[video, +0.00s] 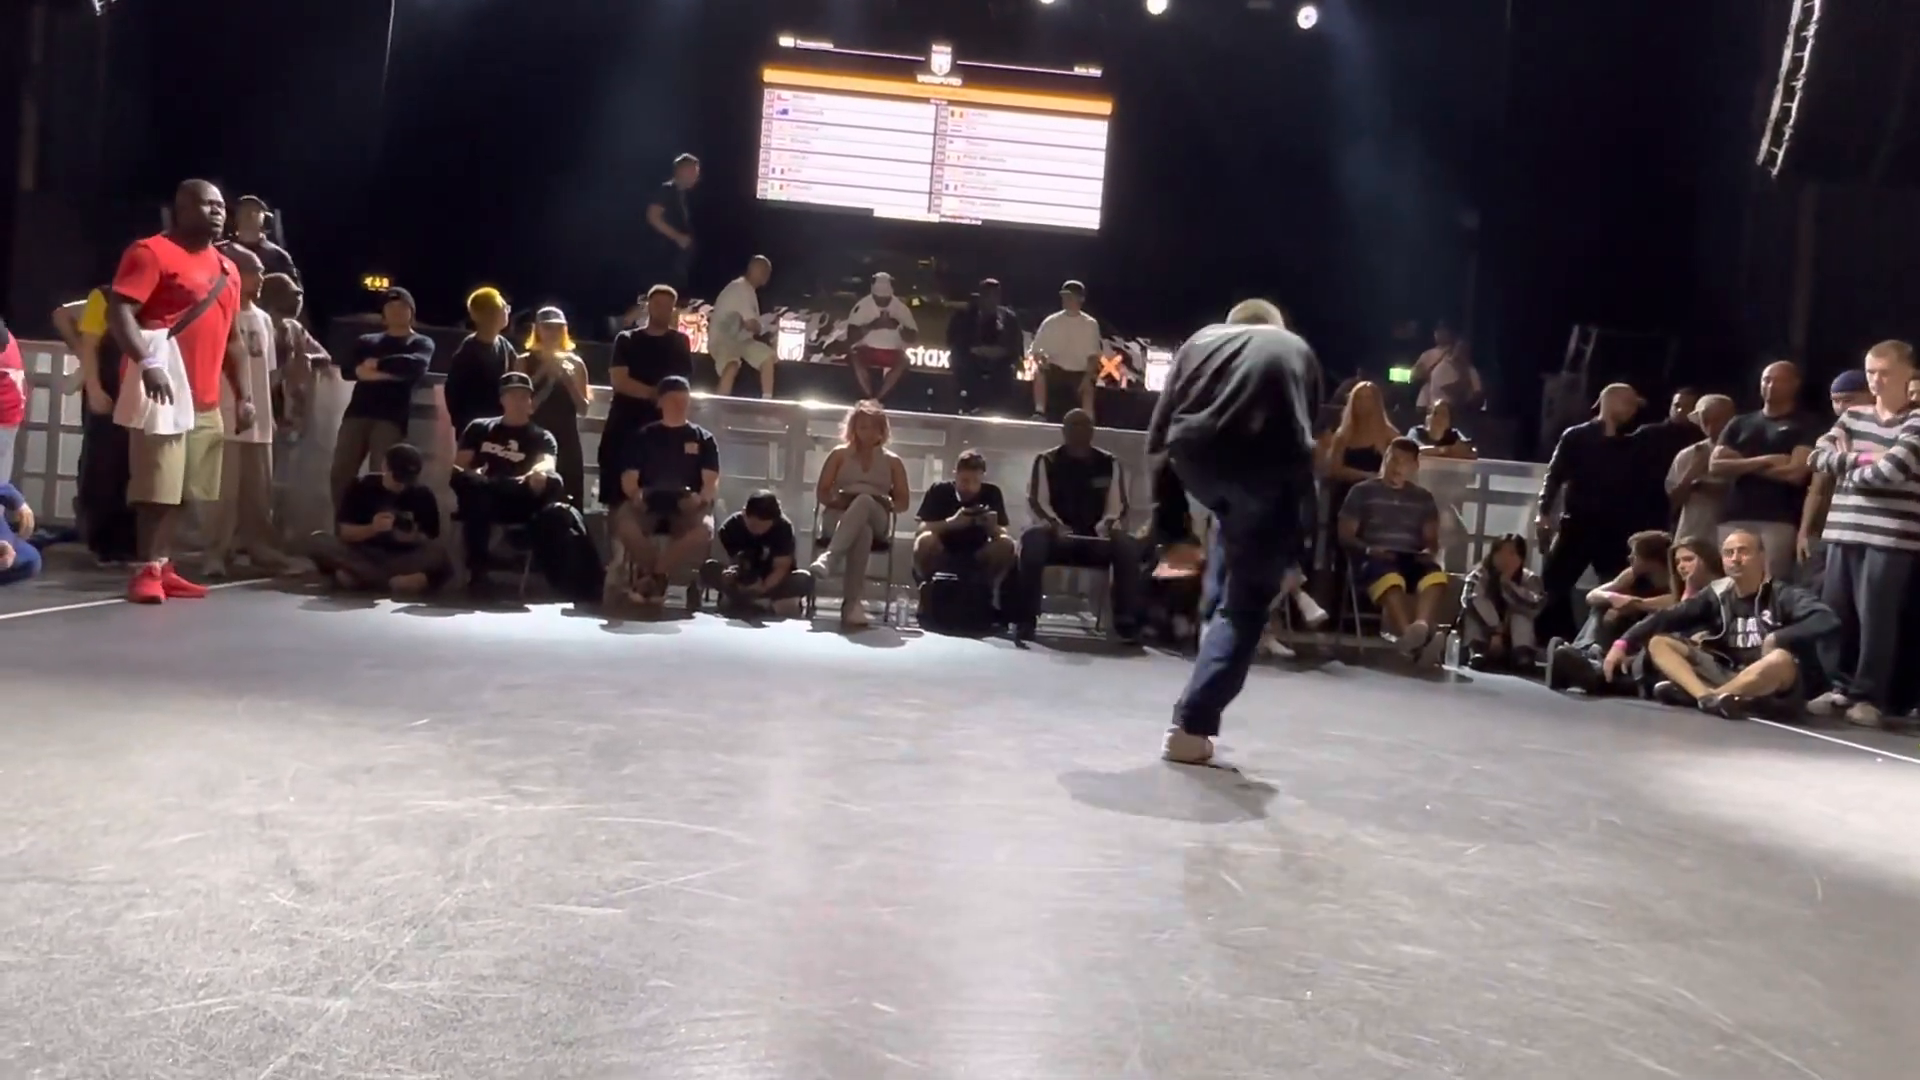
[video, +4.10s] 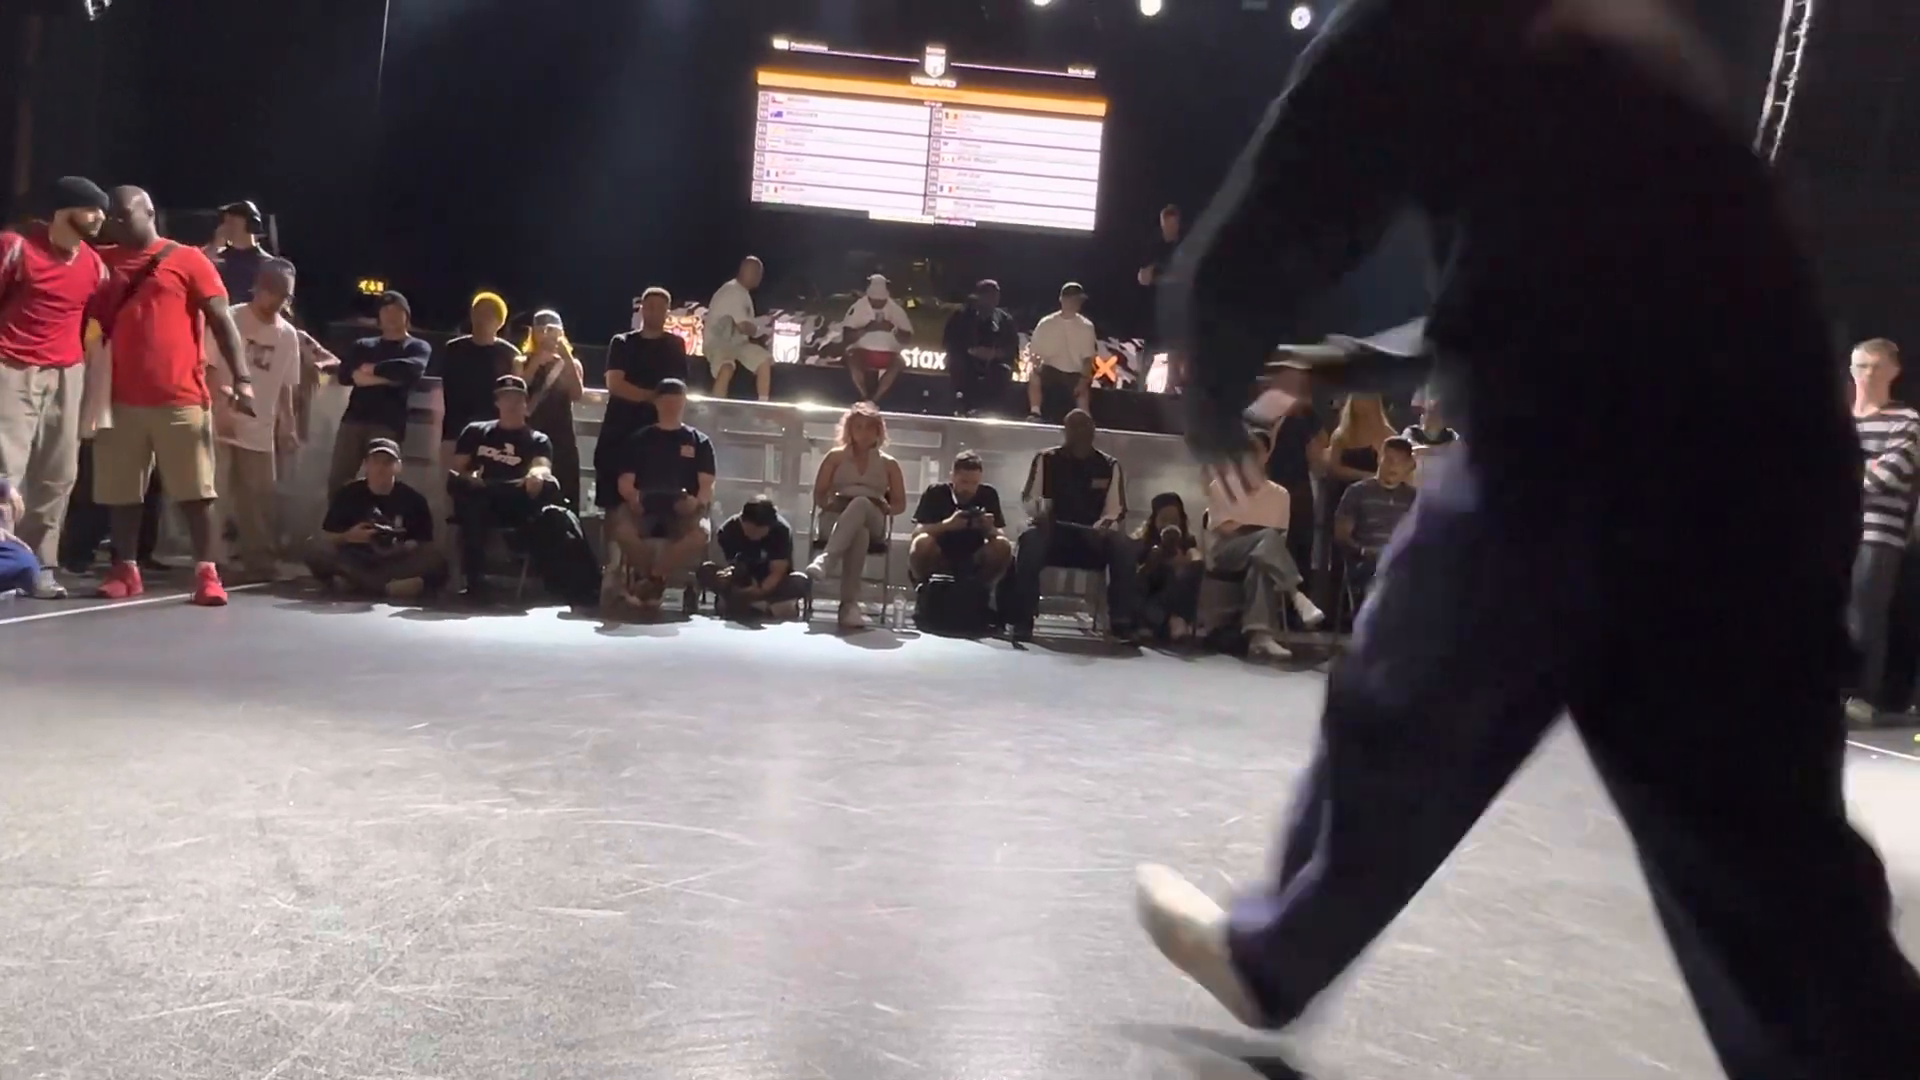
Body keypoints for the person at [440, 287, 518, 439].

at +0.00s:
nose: (509, 309)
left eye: (505, 305)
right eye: (503, 306)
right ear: (489, 314)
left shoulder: (505, 347)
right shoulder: (466, 354)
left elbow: (512, 384)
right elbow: (452, 389)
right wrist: (461, 424)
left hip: (501, 425)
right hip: (471, 427)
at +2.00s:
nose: (512, 302)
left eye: (509, 298)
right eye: (507, 299)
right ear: (493, 307)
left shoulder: (509, 340)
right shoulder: (469, 347)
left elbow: (518, 377)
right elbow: (457, 385)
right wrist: (467, 419)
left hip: (505, 417)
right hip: (475, 421)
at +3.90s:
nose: (487, 318)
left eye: (493, 313)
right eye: (484, 311)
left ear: (505, 319)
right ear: (477, 313)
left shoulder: (514, 351)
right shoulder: (457, 345)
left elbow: (516, 391)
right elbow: (447, 382)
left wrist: (509, 426)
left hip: (497, 427)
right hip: (459, 423)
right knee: (455, 485)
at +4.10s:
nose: (481, 323)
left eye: (487, 318)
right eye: (478, 317)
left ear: (499, 322)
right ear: (471, 317)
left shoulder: (510, 354)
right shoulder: (453, 348)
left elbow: (512, 395)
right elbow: (443, 387)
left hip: (493, 432)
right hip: (455, 429)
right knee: (452, 492)